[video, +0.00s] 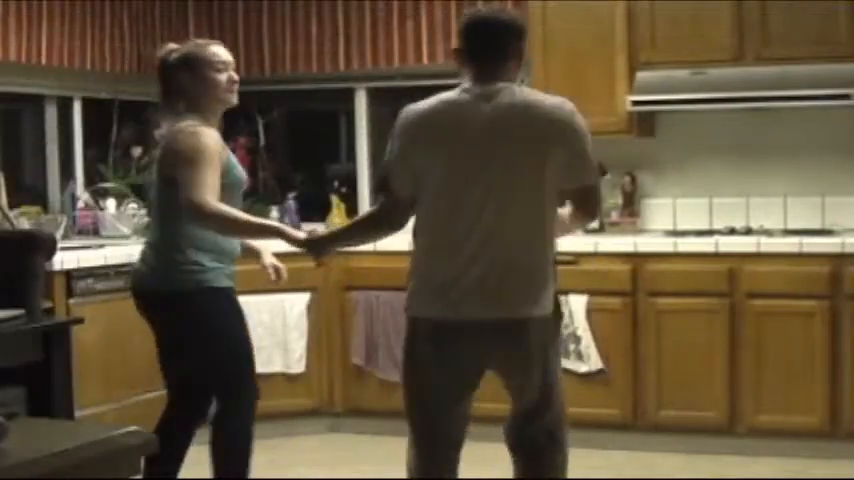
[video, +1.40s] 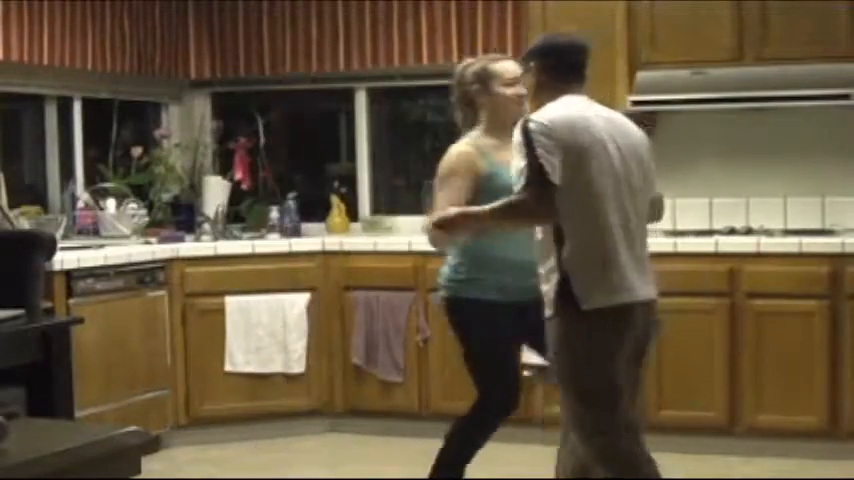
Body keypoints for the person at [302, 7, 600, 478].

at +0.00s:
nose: (517, 62)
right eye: (519, 55)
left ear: (460, 57)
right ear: (520, 56)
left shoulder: (419, 119)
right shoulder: (557, 116)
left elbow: (392, 214)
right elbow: (588, 209)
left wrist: (324, 241)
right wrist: (552, 221)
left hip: (440, 319)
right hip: (525, 318)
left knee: (433, 456)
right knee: (541, 439)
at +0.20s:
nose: (545, 74)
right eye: (547, 66)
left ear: (493, 70)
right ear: (548, 67)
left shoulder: (457, 132)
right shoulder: (589, 126)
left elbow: (434, 221)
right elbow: (621, 207)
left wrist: (367, 221)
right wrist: (585, 227)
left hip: (473, 318)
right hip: (551, 318)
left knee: (449, 440)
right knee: (555, 437)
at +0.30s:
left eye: (512, 69)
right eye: (568, 69)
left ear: (514, 71)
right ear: (567, 70)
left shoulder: (484, 135)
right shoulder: (609, 127)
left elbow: (453, 217)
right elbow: (637, 205)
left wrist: (390, 188)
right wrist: (599, 209)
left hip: (501, 313)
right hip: (576, 314)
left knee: (452, 418)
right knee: (567, 434)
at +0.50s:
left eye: (553, 64)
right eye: (598, 63)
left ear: (548, 65)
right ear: (600, 64)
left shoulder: (514, 125)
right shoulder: (639, 123)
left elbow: (486, 194)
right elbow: (664, 195)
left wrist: (444, 165)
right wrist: (620, 181)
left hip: (533, 300)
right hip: (606, 298)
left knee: (517, 427)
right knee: (604, 406)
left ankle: (525, 477)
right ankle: (580, 476)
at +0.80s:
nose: (573, 83)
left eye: (576, 73)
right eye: (574, 74)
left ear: (591, 72)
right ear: (632, 74)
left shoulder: (576, 134)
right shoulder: (685, 128)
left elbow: (545, 211)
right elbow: (697, 202)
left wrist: (484, 188)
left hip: (605, 302)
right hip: (673, 300)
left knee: (511, 364)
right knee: (649, 423)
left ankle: (593, 463)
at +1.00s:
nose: (574, 84)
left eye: (576, 73)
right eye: (575, 74)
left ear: (590, 74)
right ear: (630, 76)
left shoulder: (586, 131)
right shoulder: (677, 129)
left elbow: (568, 219)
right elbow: (669, 211)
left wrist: (521, 200)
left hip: (621, 305)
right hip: (680, 302)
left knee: (554, 408)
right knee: (651, 433)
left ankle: (615, 473)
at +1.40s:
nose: (524, 86)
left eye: (526, 75)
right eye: (523, 76)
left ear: (541, 74)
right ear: (579, 75)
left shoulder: (542, 124)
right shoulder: (629, 129)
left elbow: (540, 205)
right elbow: (652, 208)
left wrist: (469, 218)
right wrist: (586, 212)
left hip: (589, 308)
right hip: (639, 302)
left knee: (604, 435)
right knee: (589, 433)